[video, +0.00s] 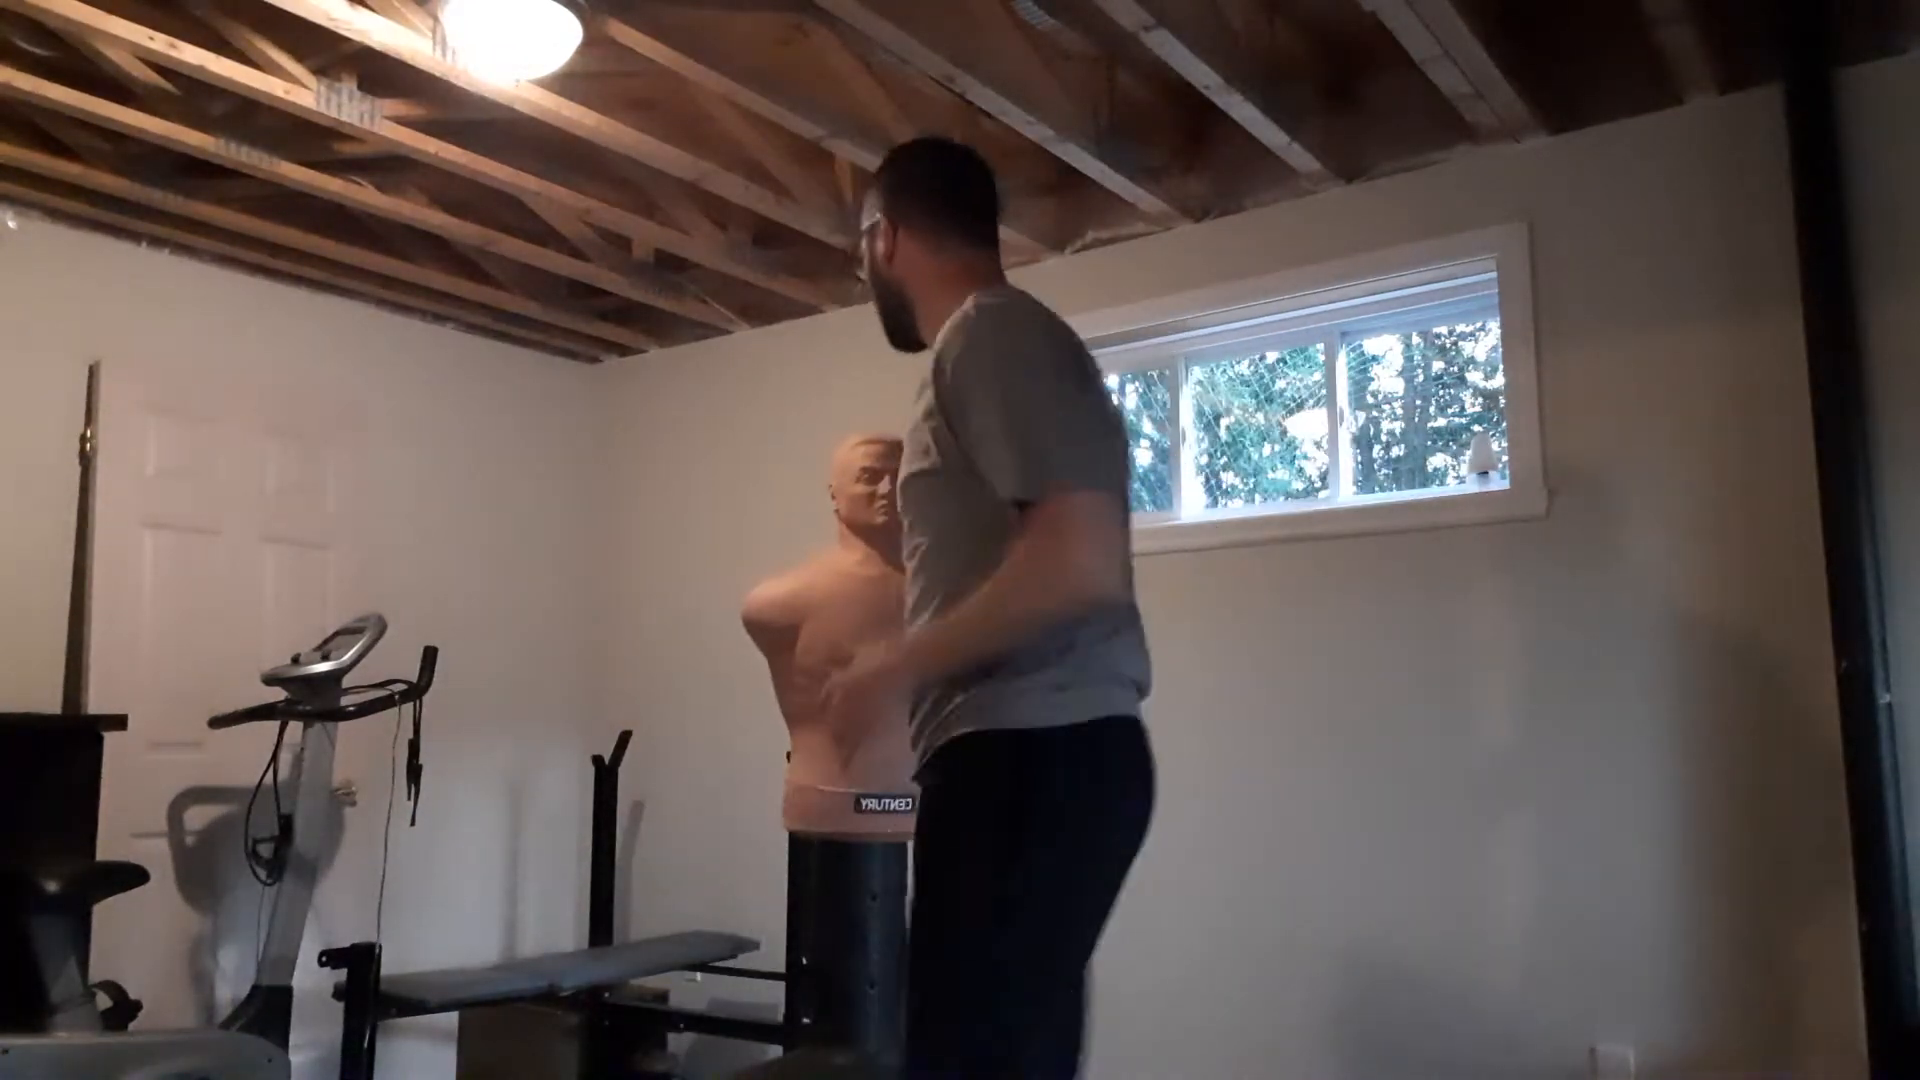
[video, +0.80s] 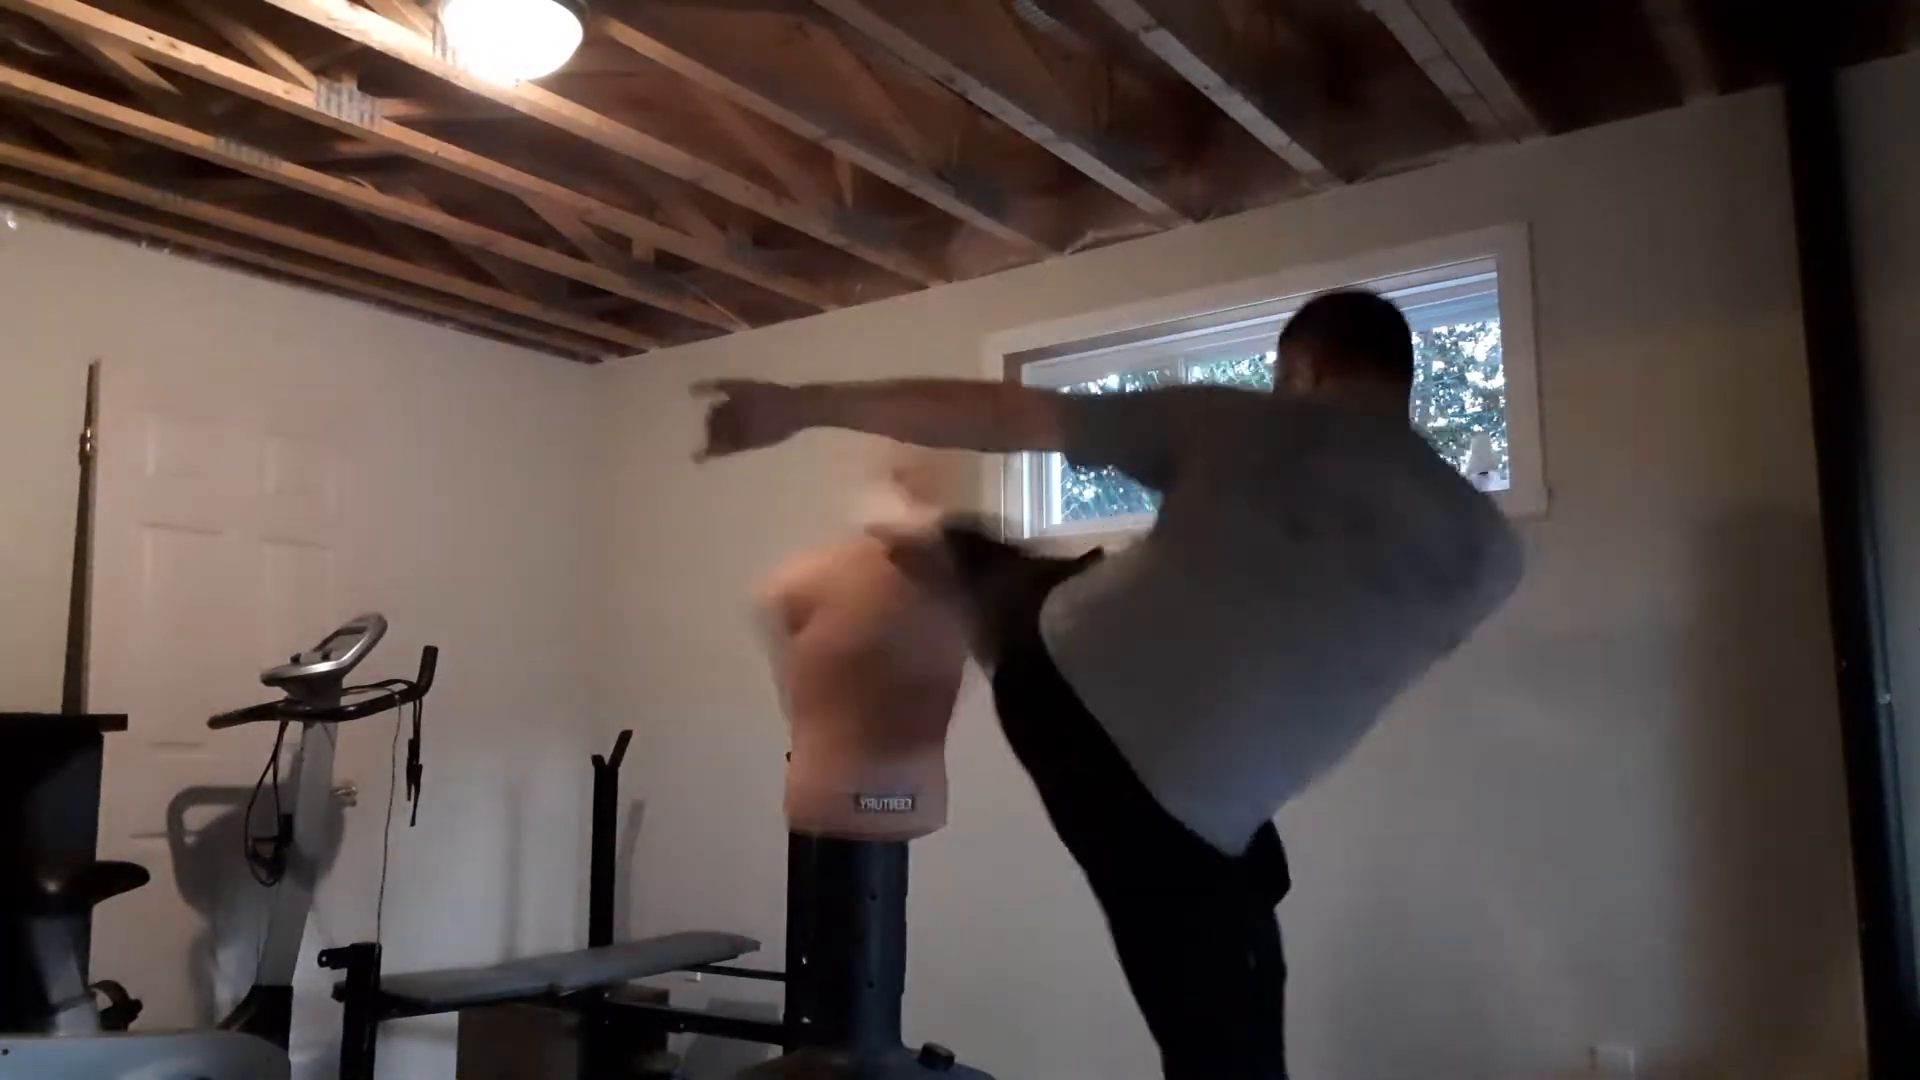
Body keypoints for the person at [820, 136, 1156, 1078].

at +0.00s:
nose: (865, 267)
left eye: (864, 241)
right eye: (864, 245)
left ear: (885, 237)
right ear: (978, 230)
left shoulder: (997, 330)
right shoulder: (983, 348)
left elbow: (1079, 558)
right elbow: (1038, 567)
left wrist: (897, 664)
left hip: (1035, 761)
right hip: (1011, 761)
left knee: (974, 1054)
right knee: (996, 1054)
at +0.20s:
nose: (886, 306)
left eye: (886, 284)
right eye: (887, 288)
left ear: (901, 281)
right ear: (1002, 274)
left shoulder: (985, 378)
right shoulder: (1074, 386)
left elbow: (1010, 627)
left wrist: (843, 762)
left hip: (1075, 824)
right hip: (1137, 816)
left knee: (1033, 1062)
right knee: (1103, 1058)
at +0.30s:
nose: (904, 288)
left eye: (907, 266)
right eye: (908, 268)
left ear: (925, 267)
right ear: (1025, 272)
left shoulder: (972, 362)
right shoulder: (1110, 375)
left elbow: (997, 572)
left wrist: (880, 745)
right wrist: (893, 556)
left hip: (1106, 783)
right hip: (1216, 780)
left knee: (990, 1052)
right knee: (1139, 1058)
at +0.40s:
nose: (973, 322)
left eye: (980, 301)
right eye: (983, 302)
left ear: (995, 307)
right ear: (1089, 313)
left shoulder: (983, 416)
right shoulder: (1191, 438)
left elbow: (925, 625)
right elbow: (1264, 645)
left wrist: (866, 814)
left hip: (1081, 819)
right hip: (1244, 826)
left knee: (1024, 1061)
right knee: (1172, 1061)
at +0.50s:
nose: (1106, 328)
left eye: (1111, 313)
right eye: (1122, 312)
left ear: (1111, 323)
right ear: (1206, 333)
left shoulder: (1038, 444)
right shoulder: (1283, 490)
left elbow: (911, 636)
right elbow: (1395, 701)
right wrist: (1474, 928)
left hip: (1042, 859)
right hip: (1216, 882)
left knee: (1011, 1066)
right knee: (1181, 1067)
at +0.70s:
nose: (1274, 328)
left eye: (1281, 310)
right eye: (1289, 311)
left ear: (1295, 306)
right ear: (1397, 327)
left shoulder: (1216, 377)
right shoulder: (1472, 481)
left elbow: (992, 401)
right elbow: (1559, 685)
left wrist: (812, 407)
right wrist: (1504, 766)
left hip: (1023, 698)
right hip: (1193, 821)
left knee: (843, 739)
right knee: (1239, 1062)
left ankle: (809, 763)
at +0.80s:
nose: (1280, 386)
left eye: (1283, 368)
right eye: (1284, 371)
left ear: (1308, 358)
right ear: (1411, 379)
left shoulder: (1244, 418)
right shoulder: (1490, 552)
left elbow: (1021, 416)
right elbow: (1350, 633)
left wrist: (795, 406)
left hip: (1054, 678)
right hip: (1181, 826)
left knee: (1016, 570)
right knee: (1231, 1061)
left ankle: (916, 557)